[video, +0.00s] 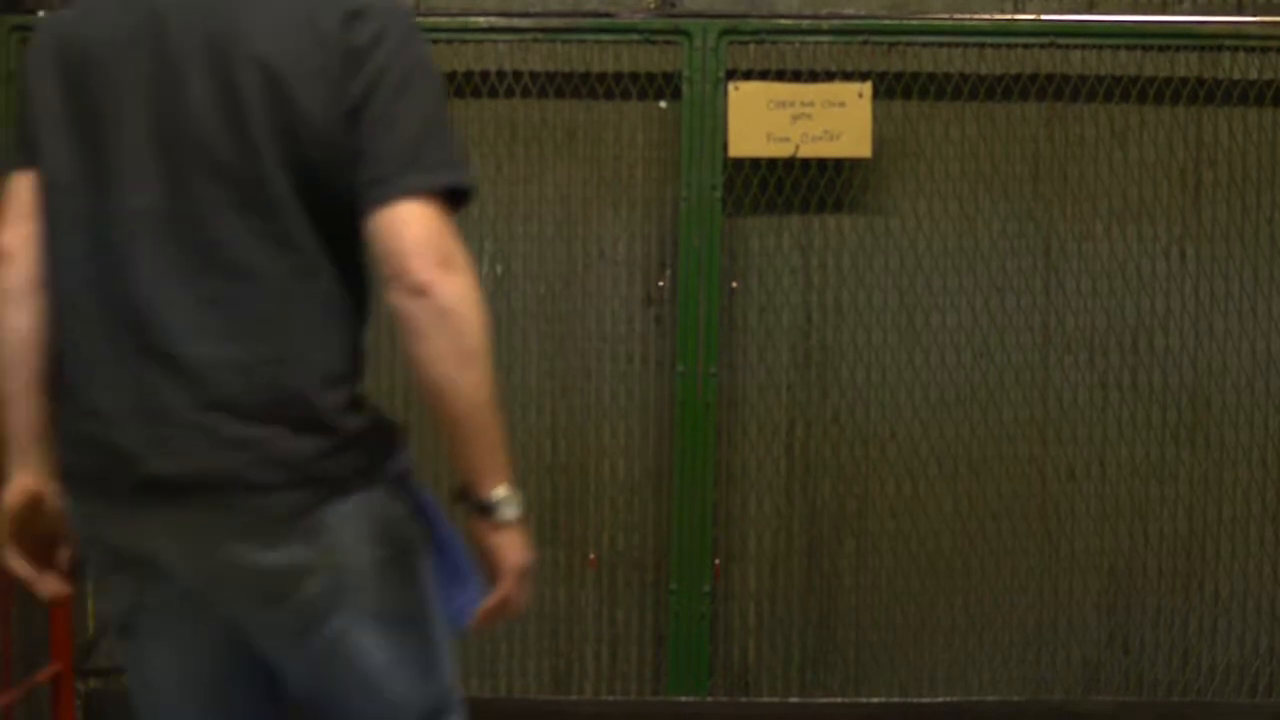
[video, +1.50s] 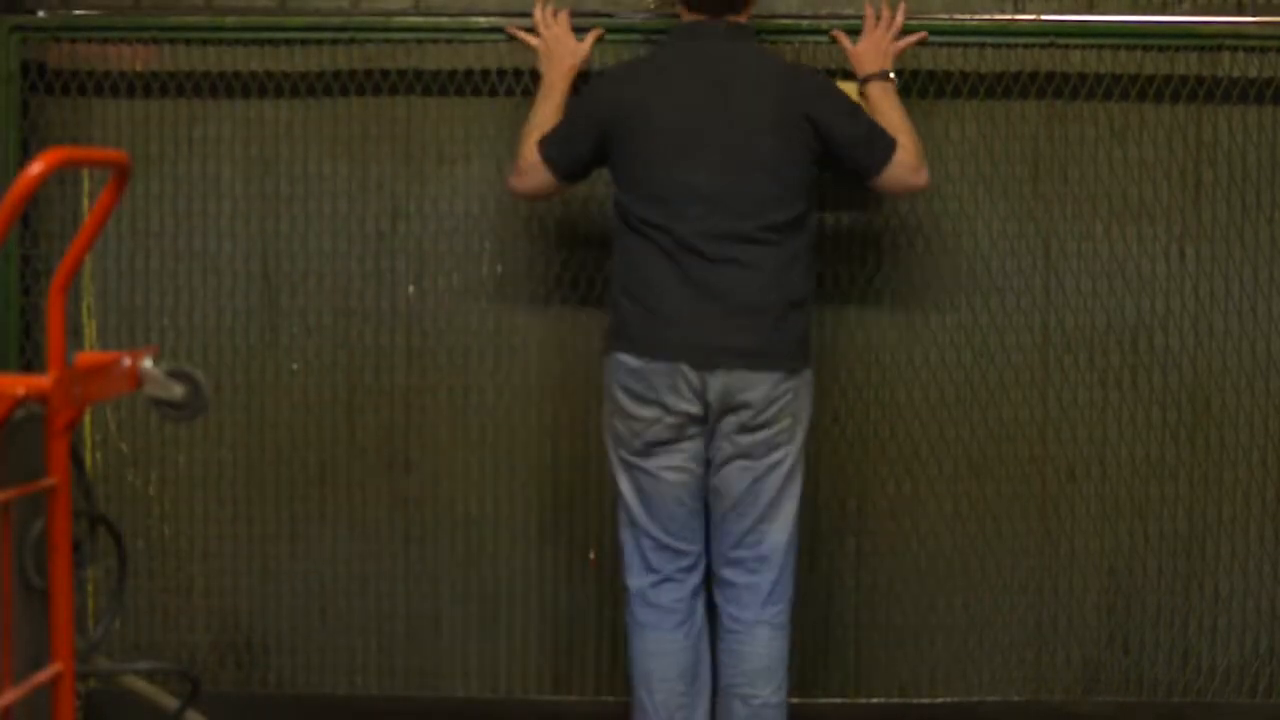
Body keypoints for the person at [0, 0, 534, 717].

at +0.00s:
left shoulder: (66, 33)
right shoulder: (360, 25)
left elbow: (19, 253)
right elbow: (422, 272)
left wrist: (26, 463)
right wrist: (491, 496)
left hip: (119, 495)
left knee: (189, 704)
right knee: (402, 703)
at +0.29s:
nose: (526, 4)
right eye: (523, 6)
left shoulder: (286, 89)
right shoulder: (542, 96)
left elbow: (237, 288)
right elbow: (598, 318)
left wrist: (237, 475)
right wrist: (664, 503)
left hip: (339, 500)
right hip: (515, 505)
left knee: (348, 710)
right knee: (565, 710)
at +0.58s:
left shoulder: (434, 73)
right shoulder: (677, 72)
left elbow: (398, 271)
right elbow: (757, 275)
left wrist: (410, 370)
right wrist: (796, 395)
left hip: (496, 418)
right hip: (636, 416)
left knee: (542, 628)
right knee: (626, 671)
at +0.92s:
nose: (665, 10)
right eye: (664, 4)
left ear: (574, 11)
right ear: (660, 7)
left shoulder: (531, 114)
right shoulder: (717, 111)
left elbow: (485, 235)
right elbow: (827, 232)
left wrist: (508, 133)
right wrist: (849, 175)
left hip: (570, 414)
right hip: (693, 418)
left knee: (613, 613)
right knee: (732, 600)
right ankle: (685, 714)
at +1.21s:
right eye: (724, 1)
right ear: (722, 2)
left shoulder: (597, 80)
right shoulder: (762, 83)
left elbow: (530, 167)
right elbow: (875, 153)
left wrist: (548, 79)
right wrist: (875, 74)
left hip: (607, 374)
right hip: (729, 377)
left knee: (626, 592)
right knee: (737, 589)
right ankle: (746, 716)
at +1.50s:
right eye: (748, 2)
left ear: (677, 4)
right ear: (752, 6)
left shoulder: (628, 87)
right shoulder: (795, 89)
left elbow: (528, 174)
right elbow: (908, 170)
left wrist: (556, 74)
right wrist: (876, 76)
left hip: (651, 353)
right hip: (765, 357)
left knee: (663, 574)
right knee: (754, 576)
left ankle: (670, 717)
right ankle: (753, 715)